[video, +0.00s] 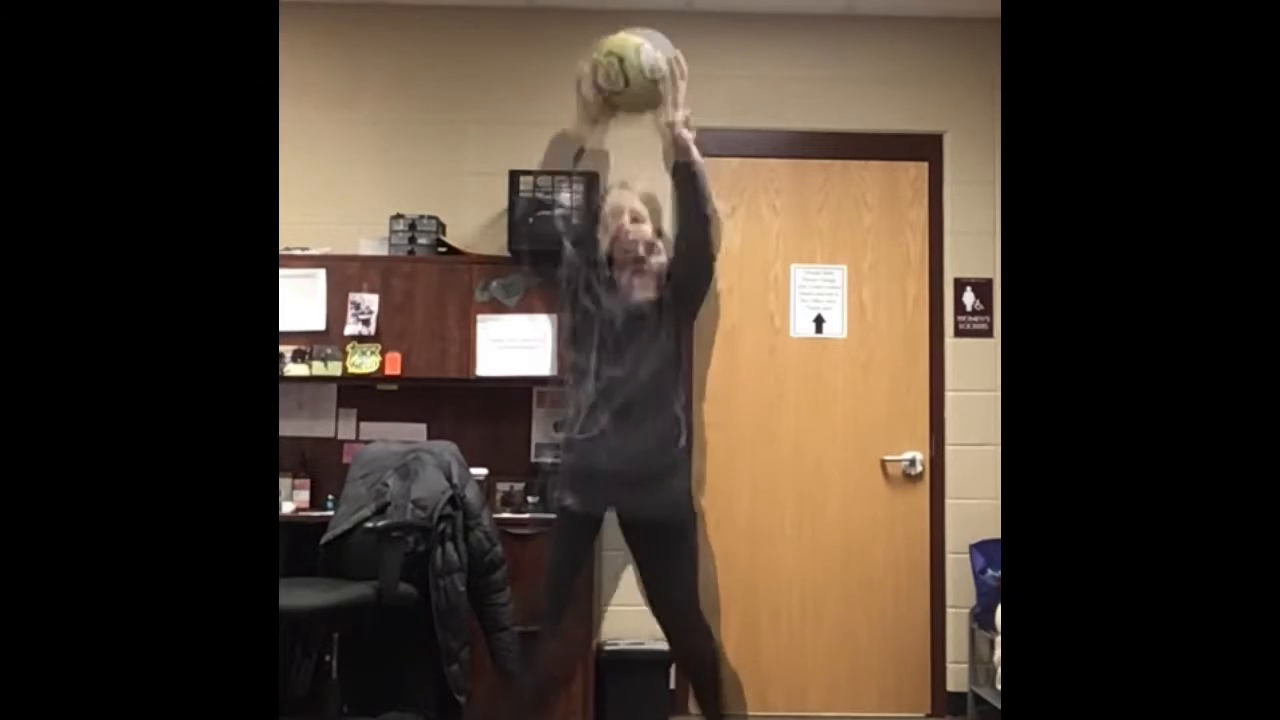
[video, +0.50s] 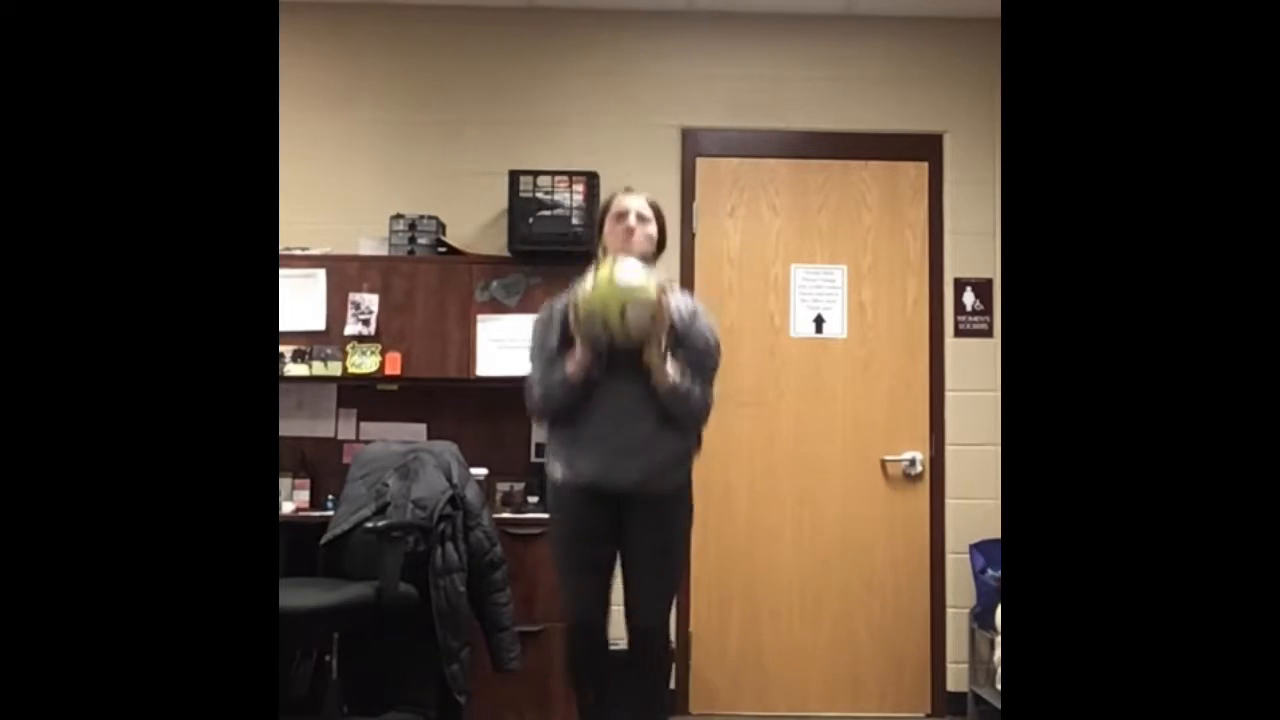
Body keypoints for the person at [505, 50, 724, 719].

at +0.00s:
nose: (632, 230)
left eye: (640, 220)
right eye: (618, 222)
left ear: (656, 235)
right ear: (600, 239)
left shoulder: (676, 298)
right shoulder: (584, 290)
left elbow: (698, 235)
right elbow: (561, 221)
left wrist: (678, 140)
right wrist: (586, 127)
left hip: (655, 474)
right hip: (583, 471)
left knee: (681, 621)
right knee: (557, 619)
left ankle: (721, 711)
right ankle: (526, 709)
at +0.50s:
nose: (632, 225)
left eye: (644, 219)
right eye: (621, 217)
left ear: (660, 238)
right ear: (601, 233)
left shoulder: (685, 316)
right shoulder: (562, 314)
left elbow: (695, 412)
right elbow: (542, 404)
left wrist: (656, 359)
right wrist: (581, 359)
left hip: (659, 494)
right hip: (581, 493)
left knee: (650, 629)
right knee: (584, 627)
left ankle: (648, 715)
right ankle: (594, 712)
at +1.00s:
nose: (631, 248)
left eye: (641, 241)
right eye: (618, 241)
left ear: (656, 261)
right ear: (596, 259)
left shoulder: (675, 313)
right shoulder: (577, 312)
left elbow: (691, 229)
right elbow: (570, 221)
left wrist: (675, 121)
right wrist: (589, 117)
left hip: (660, 507)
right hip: (579, 506)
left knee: (693, 647)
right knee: (548, 648)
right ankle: (501, 715)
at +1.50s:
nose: (639, 238)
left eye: (651, 232)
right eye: (627, 232)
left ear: (666, 254)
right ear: (608, 253)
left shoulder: (698, 331)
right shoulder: (571, 332)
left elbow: (719, 431)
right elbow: (545, 431)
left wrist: (669, 376)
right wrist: (590, 379)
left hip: (674, 516)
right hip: (594, 516)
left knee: (657, 645)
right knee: (606, 643)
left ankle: (656, 719)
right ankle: (607, 718)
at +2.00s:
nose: (631, 225)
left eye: (639, 216)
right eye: (617, 219)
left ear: (657, 233)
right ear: (599, 239)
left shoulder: (677, 296)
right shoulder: (583, 290)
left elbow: (698, 234)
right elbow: (549, 217)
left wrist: (680, 147)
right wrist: (587, 125)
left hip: (654, 477)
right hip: (582, 474)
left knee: (685, 628)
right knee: (558, 624)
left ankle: (723, 711)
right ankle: (525, 712)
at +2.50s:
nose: (633, 225)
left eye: (644, 218)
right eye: (621, 217)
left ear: (659, 238)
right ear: (601, 232)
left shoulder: (685, 315)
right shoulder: (563, 312)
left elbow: (693, 414)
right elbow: (543, 404)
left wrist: (656, 358)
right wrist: (583, 355)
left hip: (659, 494)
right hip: (580, 493)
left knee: (651, 629)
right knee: (584, 625)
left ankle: (649, 715)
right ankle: (594, 714)